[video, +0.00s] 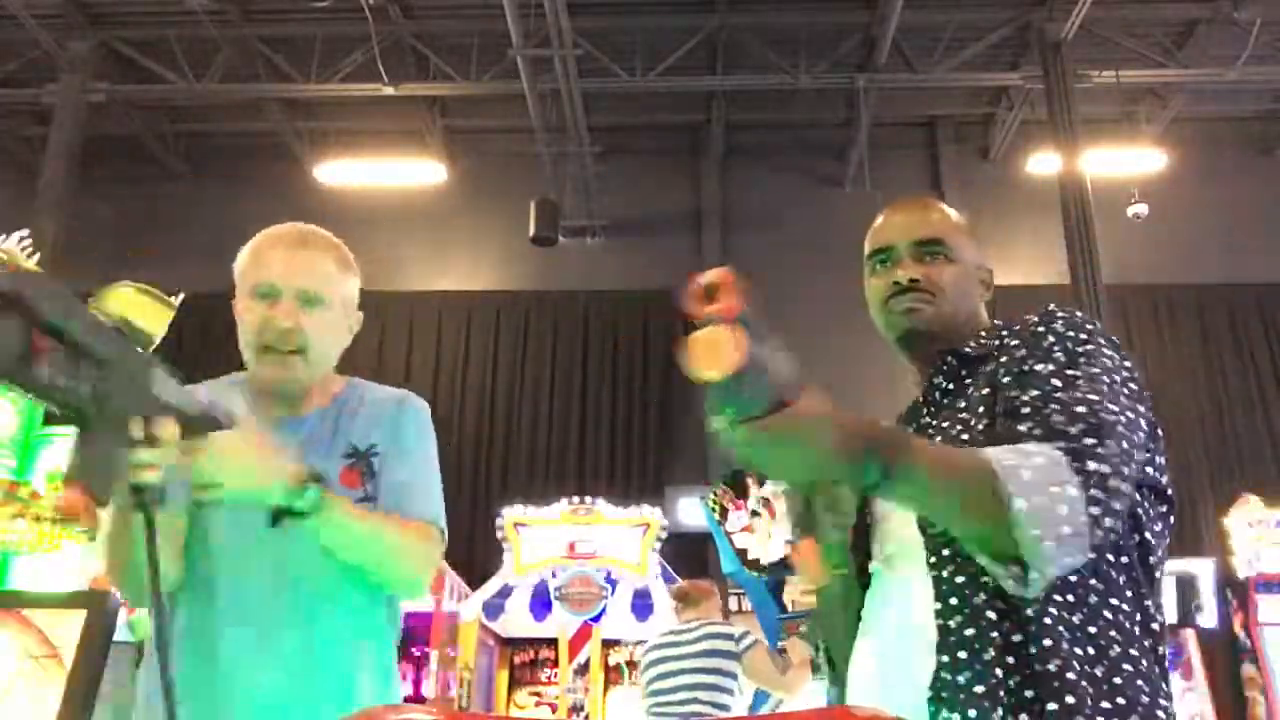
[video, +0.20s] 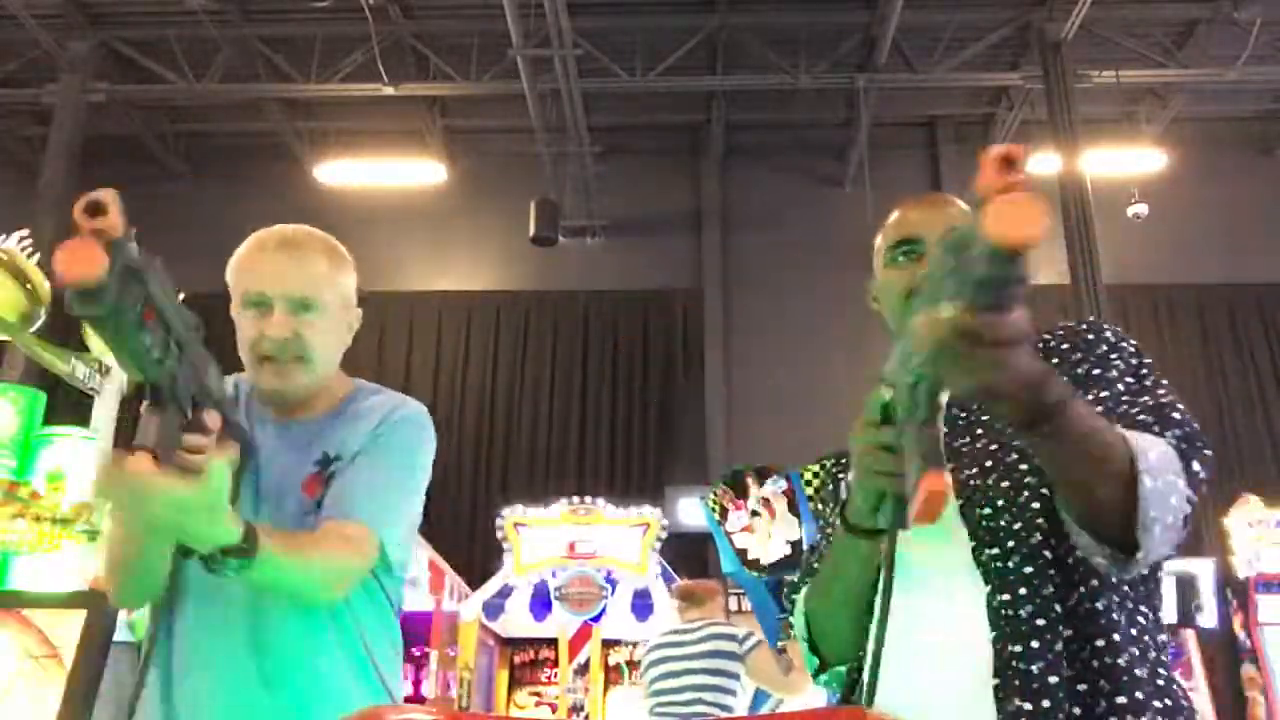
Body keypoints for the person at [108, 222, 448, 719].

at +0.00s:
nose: (284, 320)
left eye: (310, 302)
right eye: (265, 296)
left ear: (351, 323)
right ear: (236, 310)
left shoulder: (397, 418)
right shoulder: (182, 417)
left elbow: (415, 566)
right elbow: (139, 584)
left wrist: (296, 490)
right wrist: (137, 488)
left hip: (343, 707)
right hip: (193, 707)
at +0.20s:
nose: (277, 329)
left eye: (304, 308)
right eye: (257, 306)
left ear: (351, 322)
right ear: (233, 314)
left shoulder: (395, 424)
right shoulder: (196, 411)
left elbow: (332, 571)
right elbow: (128, 590)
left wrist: (223, 536)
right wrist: (150, 501)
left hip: (336, 710)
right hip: (184, 708)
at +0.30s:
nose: (279, 344)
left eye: (303, 319)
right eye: (258, 321)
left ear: (353, 328)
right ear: (237, 330)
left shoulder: (405, 428)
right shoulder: (201, 419)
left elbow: (353, 573)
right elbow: (133, 569)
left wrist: (252, 570)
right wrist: (167, 477)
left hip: (345, 710)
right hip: (195, 709)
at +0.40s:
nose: (289, 349)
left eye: (313, 326)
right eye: (269, 327)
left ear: (362, 335)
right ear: (248, 336)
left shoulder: (418, 436)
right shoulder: (208, 423)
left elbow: (427, 593)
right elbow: (146, 568)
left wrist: (365, 598)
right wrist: (171, 462)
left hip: (352, 711)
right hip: (204, 708)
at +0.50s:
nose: (304, 347)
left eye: (329, 325)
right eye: (284, 325)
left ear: (373, 337)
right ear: (260, 334)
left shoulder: (430, 447)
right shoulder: (216, 425)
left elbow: (477, 593)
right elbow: (152, 558)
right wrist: (183, 463)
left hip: (365, 710)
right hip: (216, 707)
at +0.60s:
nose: (313, 346)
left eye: (336, 323)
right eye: (293, 323)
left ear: (379, 335)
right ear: (266, 331)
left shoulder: (430, 446)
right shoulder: (216, 419)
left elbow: (463, 584)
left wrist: (438, 656)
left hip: (365, 710)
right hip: (211, 707)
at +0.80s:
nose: (243, 305)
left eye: (269, 280)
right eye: (220, 280)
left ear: (317, 296)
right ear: (193, 293)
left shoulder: (371, 419)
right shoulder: (143, 393)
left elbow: (395, 580)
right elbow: (65, 541)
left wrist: (328, 633)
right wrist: (76, 436)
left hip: (295, 713)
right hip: (135, 705)